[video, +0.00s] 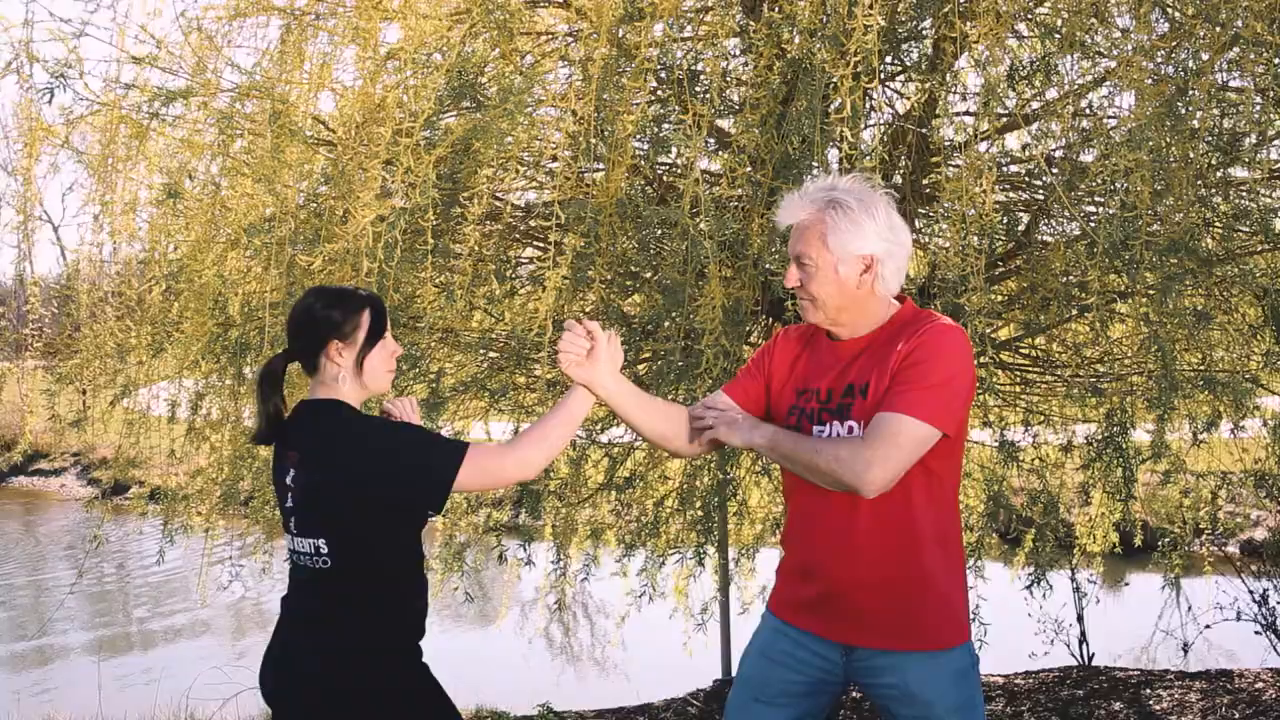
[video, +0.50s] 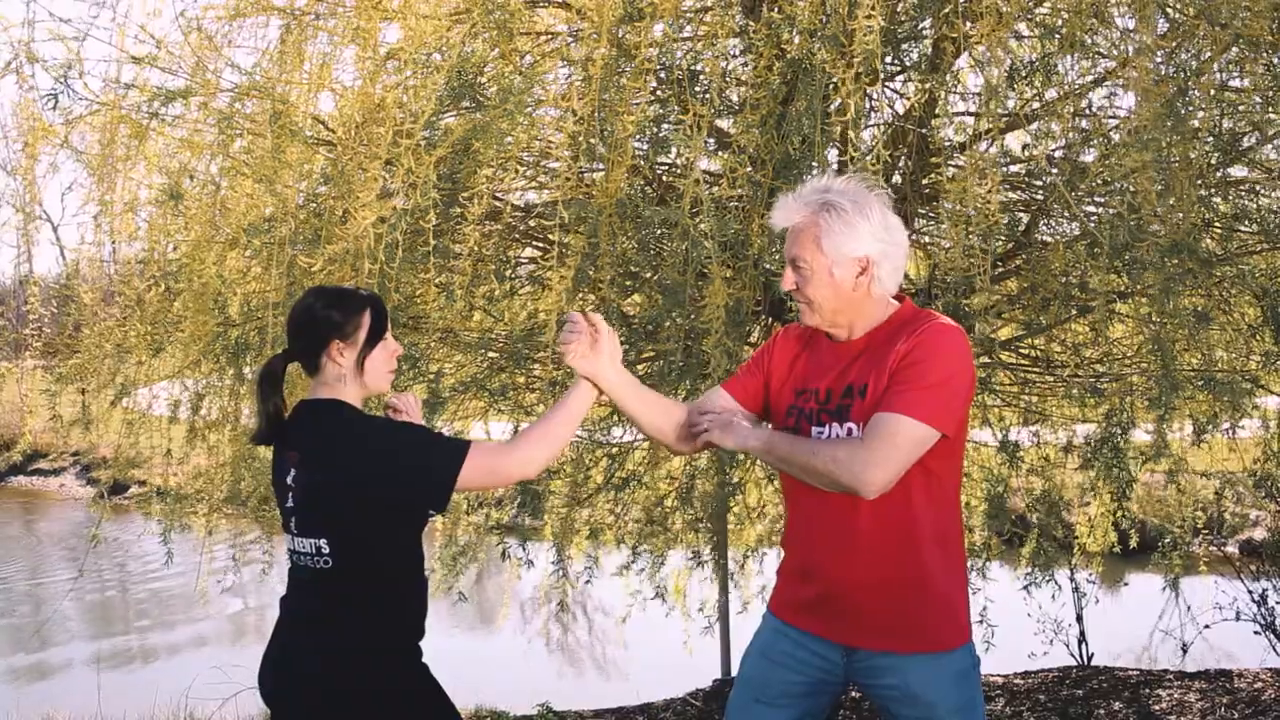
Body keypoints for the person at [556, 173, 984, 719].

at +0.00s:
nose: (789, 279)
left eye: (805, 263)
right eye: (791, 262)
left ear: (865, 269)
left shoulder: (936, 344)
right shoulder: (788, 349)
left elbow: (869, 469)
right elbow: (692, 433)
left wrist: (755, 433)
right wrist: (604, 378)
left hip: (918, 641)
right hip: (796, 630)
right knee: (743, 713)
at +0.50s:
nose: (785, 282)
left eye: (799, 267)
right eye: (787, 265)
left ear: (860, 270)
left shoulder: (935, 344)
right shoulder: (788, 348)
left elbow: (868, 470)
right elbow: (687, 429)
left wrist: (755, 437)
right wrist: (606, 369)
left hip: (919, 642)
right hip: (797, 630)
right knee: (745, 712)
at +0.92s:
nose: (756, 365)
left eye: (774, 354)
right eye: (758, 347)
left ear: (840, 360)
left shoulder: (923, 406)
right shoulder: (772, 386)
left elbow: (836, 538)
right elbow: (663, 473)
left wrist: (768, 436)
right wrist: (563, 563)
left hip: (915, 653)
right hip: (798, 634)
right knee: (727, 710)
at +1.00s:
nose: (756, 363)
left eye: (773, 352)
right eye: (759, 344)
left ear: (842, 361)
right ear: (839, 358)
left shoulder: (925, 408)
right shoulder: (773, 386)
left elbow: (834, 538)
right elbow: (662, 471)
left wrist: (770, 437)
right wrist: (558, 558)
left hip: (916, 655)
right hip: (797, 635)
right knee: (726, 709)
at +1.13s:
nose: (763, 358)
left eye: (781, 347)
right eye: (765, 339)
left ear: (847, 356)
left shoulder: (926, 406)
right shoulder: (776, 385)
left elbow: (834, 532)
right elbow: (669, 467)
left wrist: (771, 434)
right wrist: (564, 559)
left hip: (916, 655)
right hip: (798, 635)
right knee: (727, 712)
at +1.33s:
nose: (769, 358)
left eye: (784, 345)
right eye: (769, 340)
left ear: (848, 349)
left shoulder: (933, 400)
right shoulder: (775, 394)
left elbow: (855, 528)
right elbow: (688, 502)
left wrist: (778, 439)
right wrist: (603, 622)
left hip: (921, 653)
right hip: (800, 638)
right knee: (726, 712)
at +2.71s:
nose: (678, 273)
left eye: (692, 256)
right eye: (682, 256)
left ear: (749, 260)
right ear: (743, 261)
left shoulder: (834, 349)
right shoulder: (696, 361)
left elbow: (798, 490)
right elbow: (580, 426)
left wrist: (688, 434)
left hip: (852, 642)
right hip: (731, 634)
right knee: (682, 709)